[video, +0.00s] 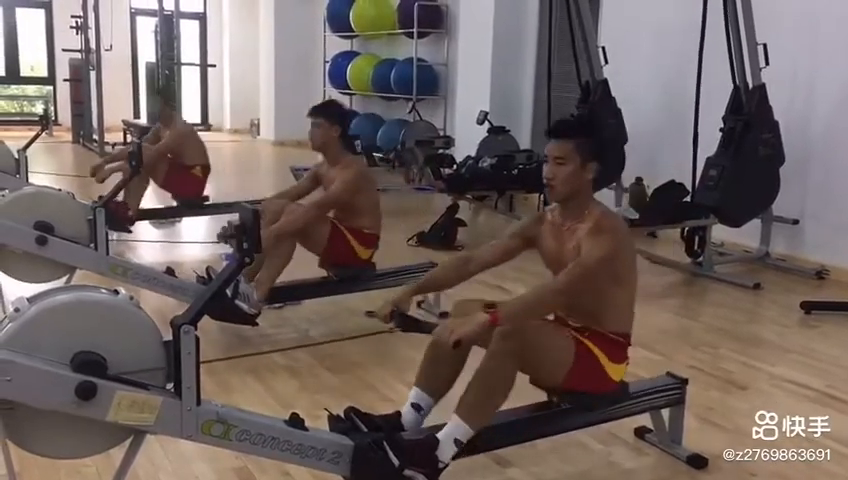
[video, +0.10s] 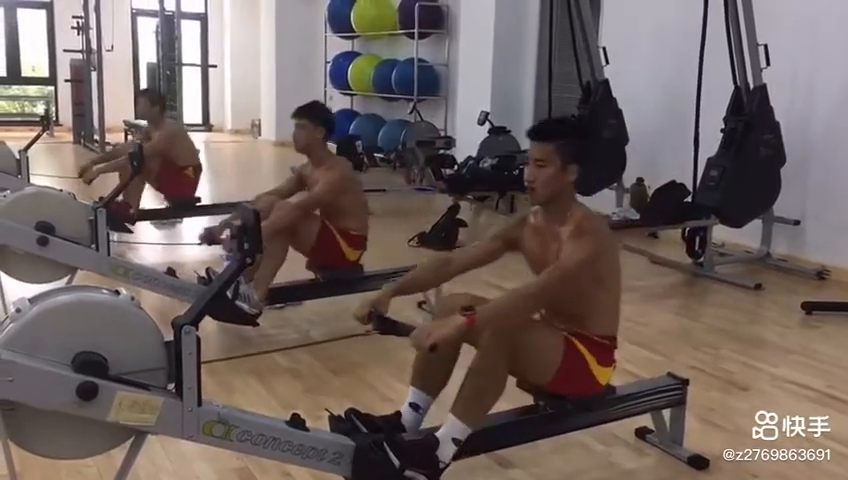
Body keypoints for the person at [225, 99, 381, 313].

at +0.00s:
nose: (310, 132)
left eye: (316, 126)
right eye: (311, 126)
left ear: (336, 131)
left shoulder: (352, 173)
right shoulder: (324, 167)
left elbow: (310, 211)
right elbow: (290, 194)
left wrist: (264, 237)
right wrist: (253, 214)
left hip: (358, 247)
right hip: (342, 239)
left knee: (293, 215)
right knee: (273, 208)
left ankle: (257, 297)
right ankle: (243, 281)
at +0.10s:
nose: (294, 134)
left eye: (301, 128)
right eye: (295, 127)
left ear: (320, 133)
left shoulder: (337, 173)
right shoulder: (308, 169)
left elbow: (296, 209)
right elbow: (275, 195)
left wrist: (249, 237)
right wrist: (230, 222)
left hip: (347, 249)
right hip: (330, 241)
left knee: (285, 214)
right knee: (268, 205)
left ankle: (256, 296)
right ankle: (243, 282)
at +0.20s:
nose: (277, 135)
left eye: (284, 129)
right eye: (279, 129)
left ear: (304, 134)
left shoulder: (322, 175)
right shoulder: (291, 171)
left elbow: (273, 215)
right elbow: (250, 200)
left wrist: (223, 239)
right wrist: (203, 228)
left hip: (333, 253)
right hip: (318, 245)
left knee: (274, 214)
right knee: (260, 202)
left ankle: (257, 297)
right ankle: (244, 286)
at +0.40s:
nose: (245, 140)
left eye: (252, 134)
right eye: (246, 134)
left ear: (273, 137)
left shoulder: (289, 178)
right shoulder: (258, 175)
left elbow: (242, 214)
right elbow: (218, 201)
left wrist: (187, 239)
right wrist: (167, 225)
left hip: (309, 258)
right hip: (288, 253)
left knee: (259, 213)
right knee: (234, 208)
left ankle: (259, 293)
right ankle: (247, 282)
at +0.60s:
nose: (230, 141)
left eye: (237, 135)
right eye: (231, 135)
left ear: (259, 141)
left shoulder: (270, 177)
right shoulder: (240, 175)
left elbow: (219, 207)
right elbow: (191, 197)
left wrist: (157, 228)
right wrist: (139, 217)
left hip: (303, 253)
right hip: (283, 248)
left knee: (260, 212)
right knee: (229, 206)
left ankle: (262, 286)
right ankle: (244, 274)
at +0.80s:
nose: (258, 135)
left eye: (266, 130)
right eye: (260, 129)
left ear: (287, 136)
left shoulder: (294, 175)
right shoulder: (270, 170)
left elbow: (242, 203)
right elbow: (222, 191)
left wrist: (185, 217)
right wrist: (167, 209)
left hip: (322, 252)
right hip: (307, 244)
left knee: (272, 208)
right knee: (248, 209)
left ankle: (263, 287)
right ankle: (247, 276)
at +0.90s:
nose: (287, 131)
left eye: (294, 126)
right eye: (288, 125)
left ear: (314, 133)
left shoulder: (323, 174)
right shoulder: (296, 168)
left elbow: (266, 202)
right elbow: (254, 191)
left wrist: (215, 220)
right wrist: (196, 209)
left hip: (340, 249)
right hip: (324, 242)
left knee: (280, 210)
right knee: (268, 206)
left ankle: (264, 289)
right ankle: (248, 279)